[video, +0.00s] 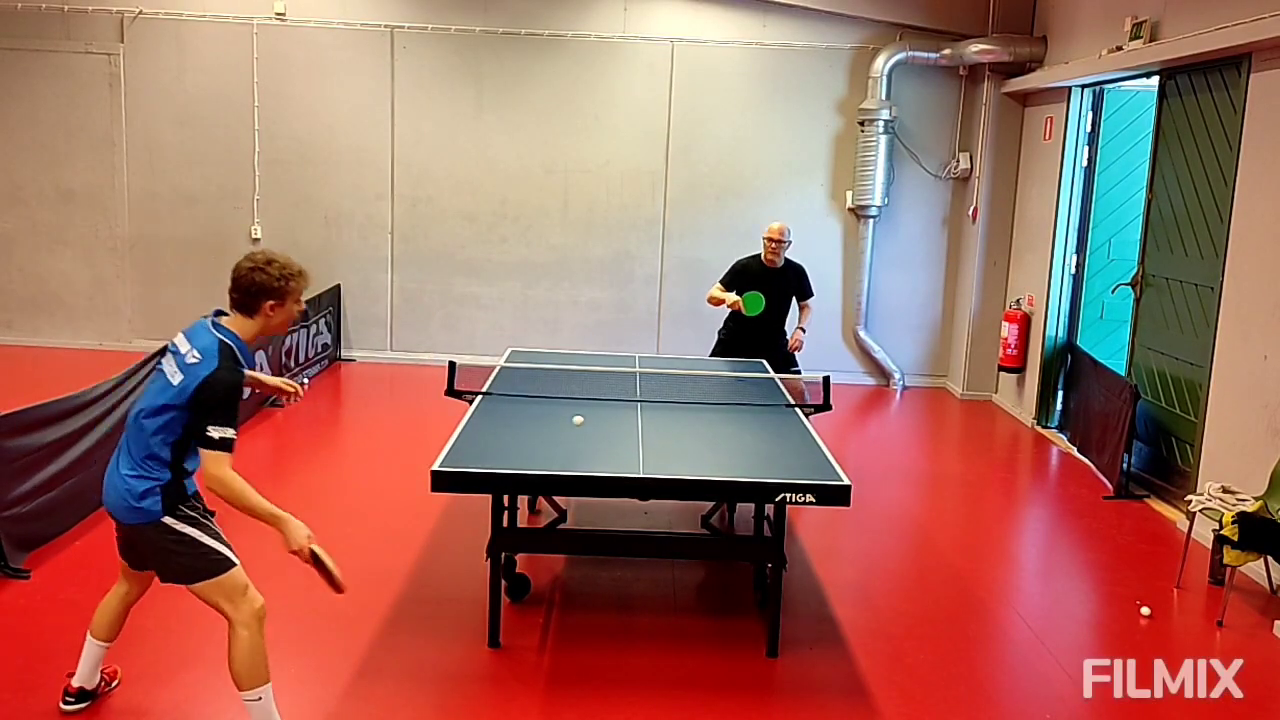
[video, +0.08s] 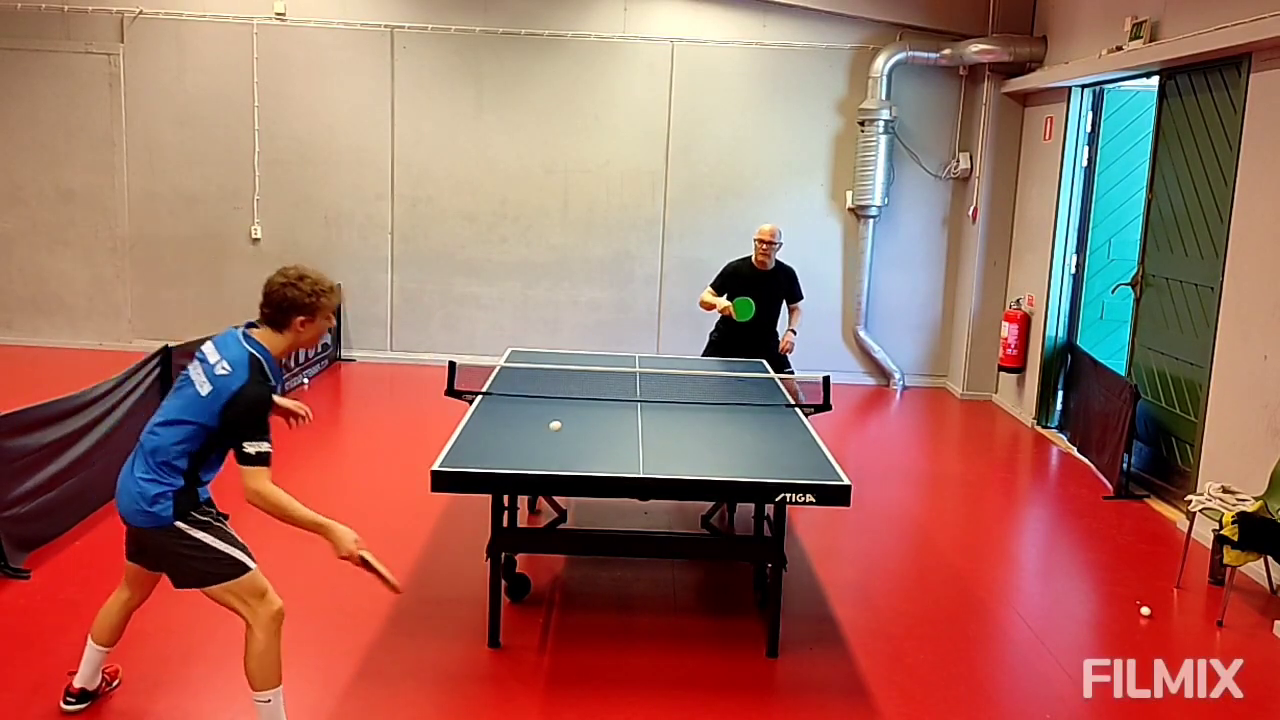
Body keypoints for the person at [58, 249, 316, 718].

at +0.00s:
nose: (298, 314)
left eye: (299, 305)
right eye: (295, 306)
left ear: (246, 299)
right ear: (270, 308)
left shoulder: (209, 327)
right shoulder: (223, 372)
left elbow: (219, 367)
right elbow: (215, 473)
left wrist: (260, 380)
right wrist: (283, 522)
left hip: (127, 484)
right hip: (160, 501)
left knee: (132, 581)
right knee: (247, 609)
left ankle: (82, 682)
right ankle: (266, 714)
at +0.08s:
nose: (329, 327)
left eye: (330, 318)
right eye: (327, 319)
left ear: (277, 313)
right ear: (301, 324)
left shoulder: (231, 339)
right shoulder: (252, 385)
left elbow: (219, 392)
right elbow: (257, 488)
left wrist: (269, 401)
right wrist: (331, 529)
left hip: (138, 488)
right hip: (171, 507)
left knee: (131, 590)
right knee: (265, 610)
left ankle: (83, 684)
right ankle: (273, 715)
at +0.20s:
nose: (376, 349)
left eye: (378, 339)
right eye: (373, 339)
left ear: (329, 330)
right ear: (343, 336)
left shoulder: (273, 347)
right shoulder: (300, 401)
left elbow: (208, 390)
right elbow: (325, 499)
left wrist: (265, 446)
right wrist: (405, 523)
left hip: (165, 493)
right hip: (201, 515)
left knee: (137, 597)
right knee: (297, 617)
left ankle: (92, 688)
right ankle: (278, 713)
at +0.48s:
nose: (388, 297)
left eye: (389, 287)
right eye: (387, 287)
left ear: (332, 279)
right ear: (368, 290)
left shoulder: (268, 313)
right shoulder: (338, 367)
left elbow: (196, 362)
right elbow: (357, 456)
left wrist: (191, 422)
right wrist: (427, 449)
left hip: (194, 482)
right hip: (241, 500)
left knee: (182, 585)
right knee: (302, 613)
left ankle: (124, 695)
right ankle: (280, 716)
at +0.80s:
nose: (318, 262)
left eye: (316, 252)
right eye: (316, 253)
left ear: (257, 257)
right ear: (303, 263)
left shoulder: (207, 311)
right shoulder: (298, 346)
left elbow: (159, 387)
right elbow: (327, 438)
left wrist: (207, 405)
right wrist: (386, 403)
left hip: (192, 493)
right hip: (249, 503)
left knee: (167, 606)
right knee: (305, 609)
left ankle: (120, 713)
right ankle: (279, 716)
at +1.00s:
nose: (286, 260)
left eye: (286, 251)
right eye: (284, 252)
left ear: (227, 255)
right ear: (269, 260)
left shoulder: (188, 307)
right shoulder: (245, 341)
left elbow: (184, 390)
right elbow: (261, 441)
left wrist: (252, 401)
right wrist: (337, 431)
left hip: (157, 483)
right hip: (204, 495)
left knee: (140, 609)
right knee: (269, 610)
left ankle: (114, 715)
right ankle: (274, 716)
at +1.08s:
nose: (286, 259)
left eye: (284, 249)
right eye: (284, 251)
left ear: (228, 257)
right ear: (268, 261)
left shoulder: (196, 301)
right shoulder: (233, 343)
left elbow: (195, 379)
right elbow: (234, 443)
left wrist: (259, 393)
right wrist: (317, 461)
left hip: (150, 481)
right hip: (191, 493)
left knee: (138, 609)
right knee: (252, 613)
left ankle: (114, 715)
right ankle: (256, 716)